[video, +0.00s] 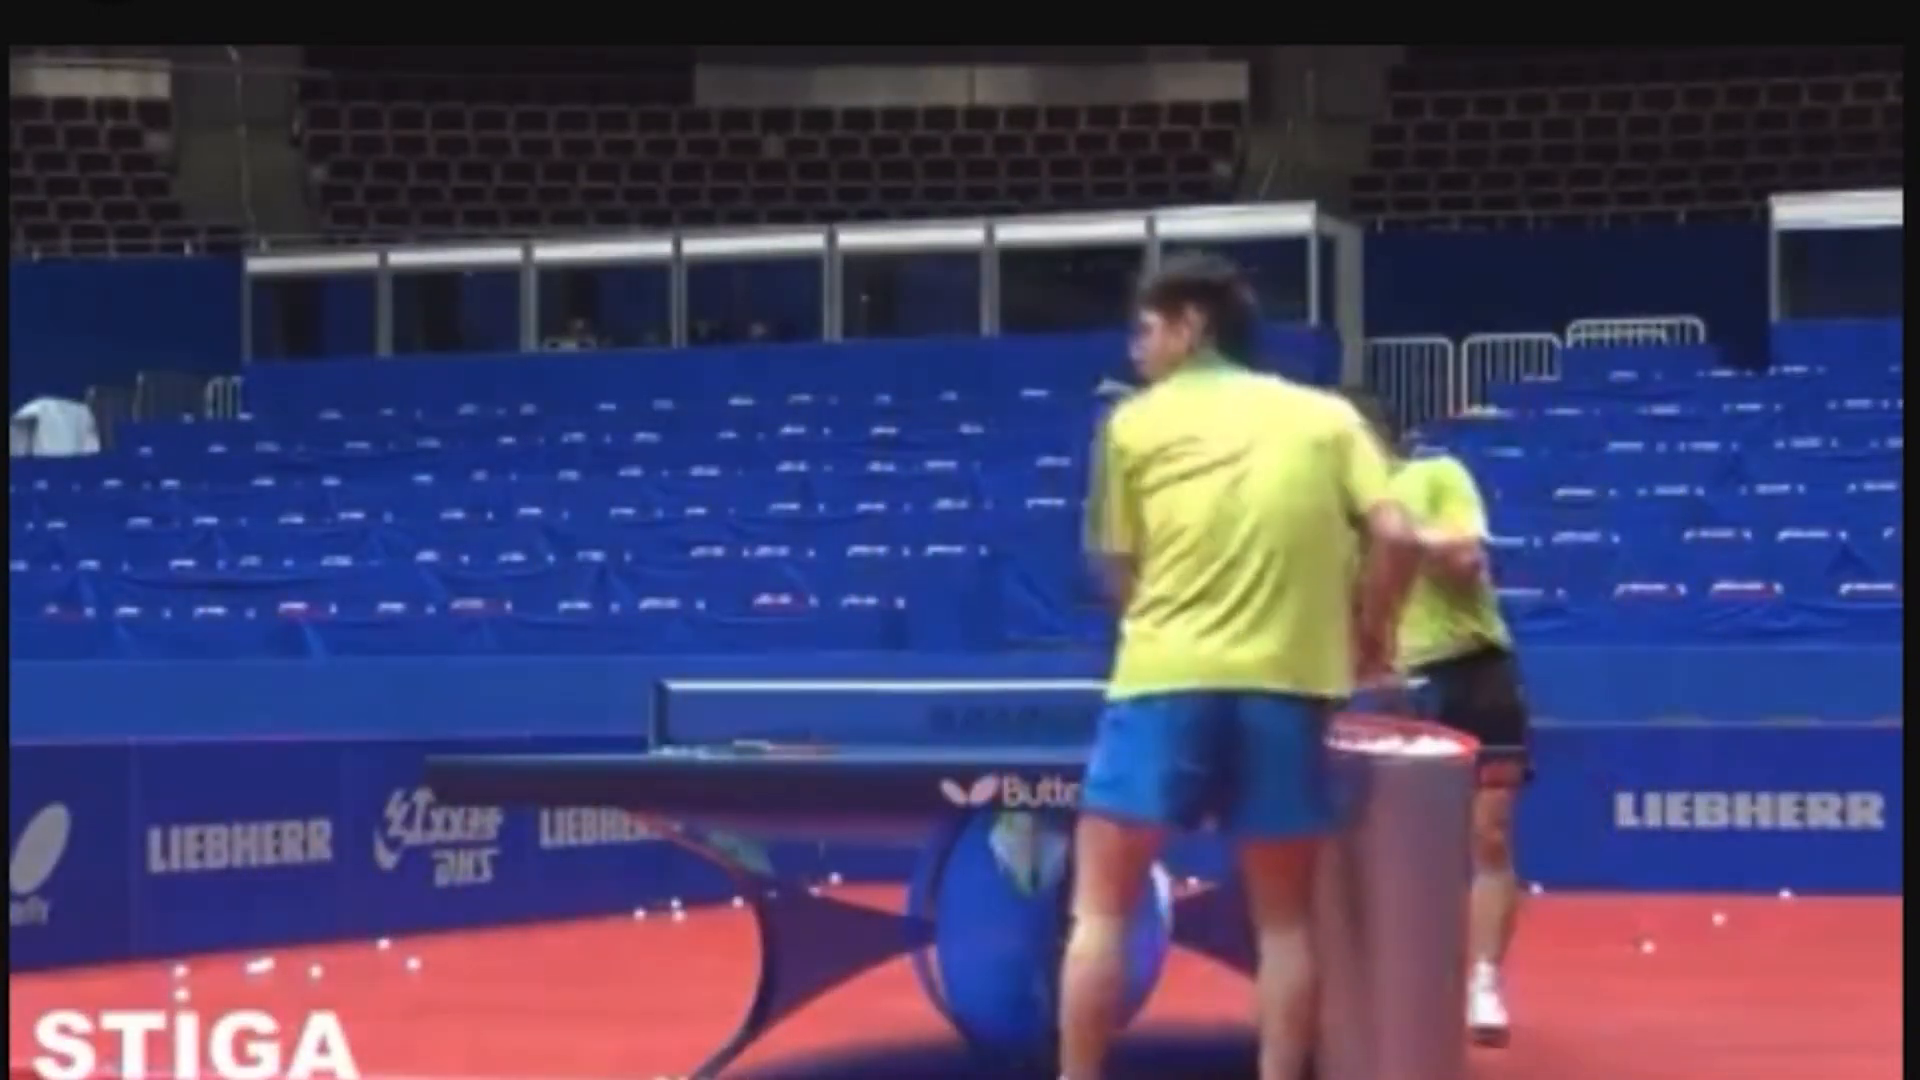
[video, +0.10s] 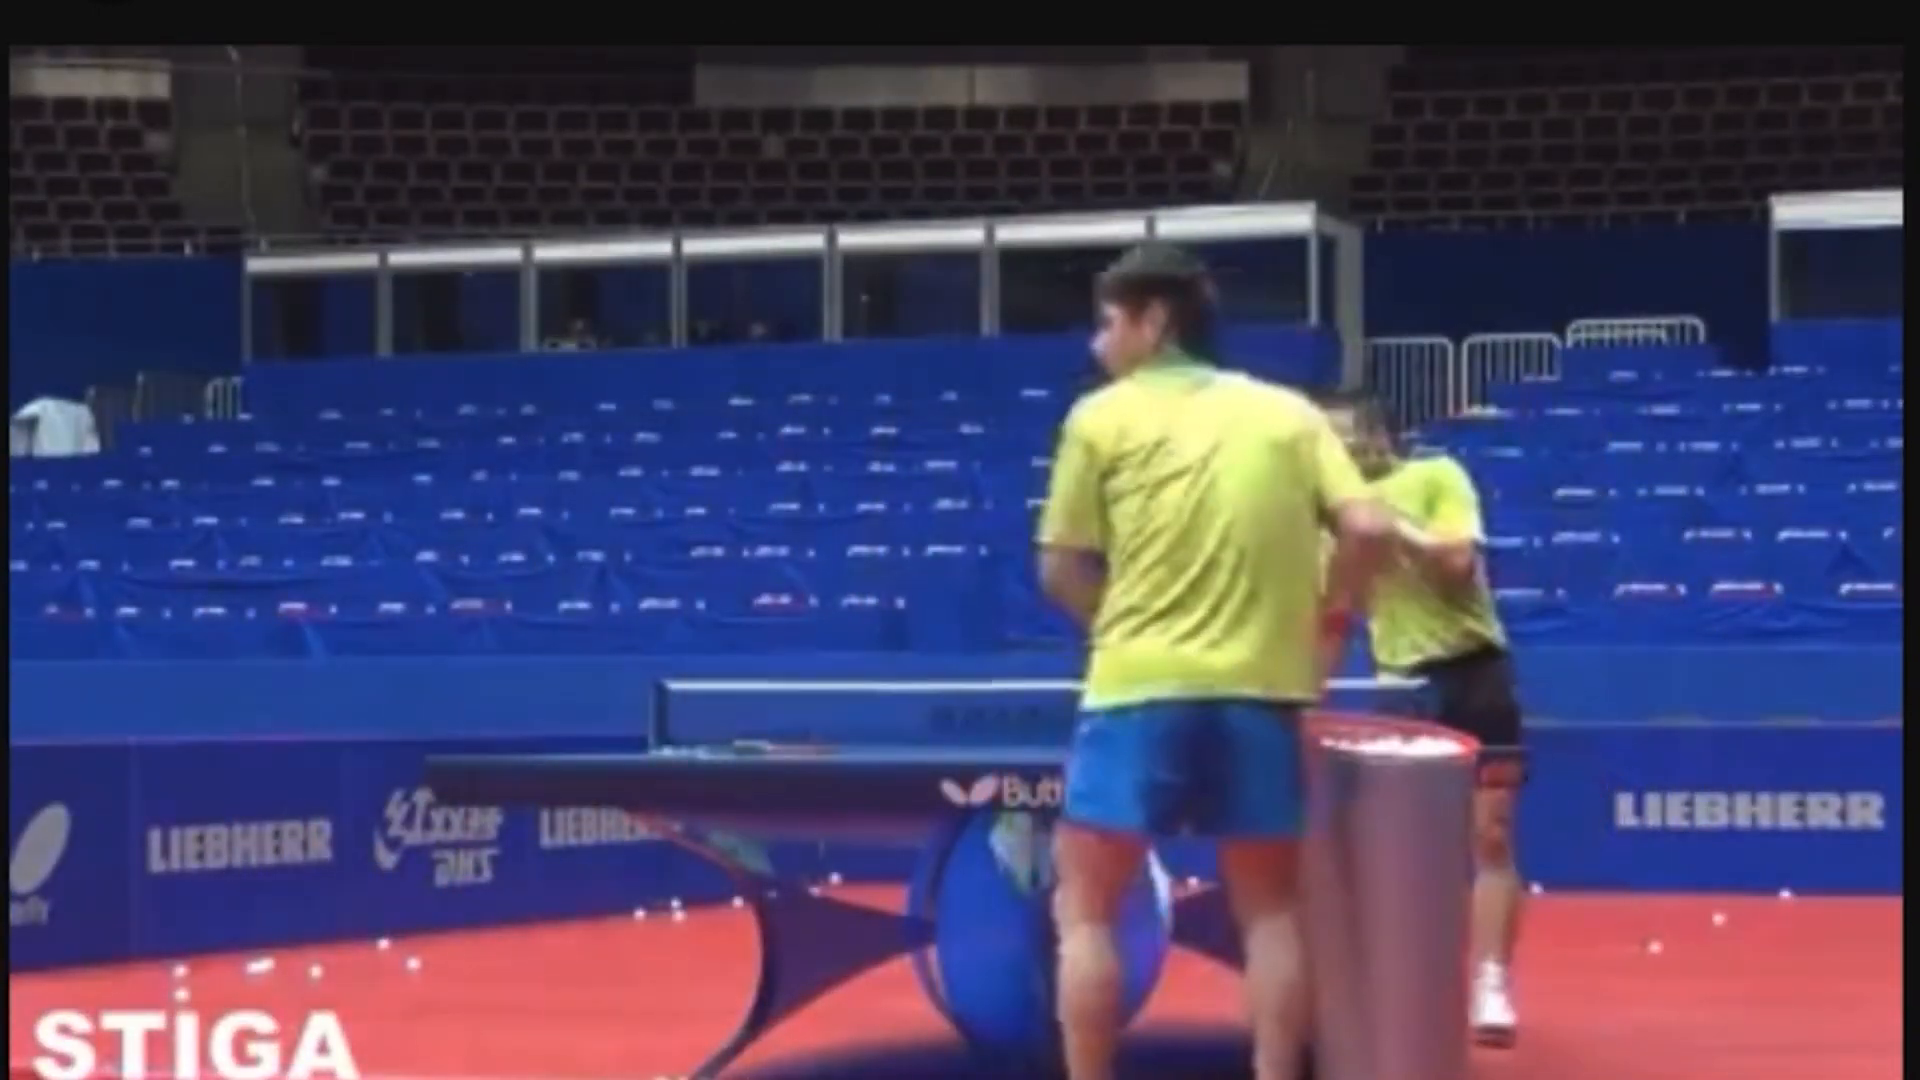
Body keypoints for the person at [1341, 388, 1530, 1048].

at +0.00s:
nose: (1345, 448)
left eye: (1353, 432)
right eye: (1336, 437)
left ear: (1379, 432)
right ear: (1331, 450)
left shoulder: (1435, 474)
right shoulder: (1336, 503)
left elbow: (1466, 557)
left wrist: (1398, 532)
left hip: (1469, 663)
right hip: (1390, 674)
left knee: (1489, 833)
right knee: (1404, 833)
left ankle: (1484, 977)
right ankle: (1406, 981)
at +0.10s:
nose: (1340, 452)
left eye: (1349, 437)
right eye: (1331, 440)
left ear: (1378, 434)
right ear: (1325, 447)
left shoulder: (1437, 476)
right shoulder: (1339, 509)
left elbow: (1458, 562)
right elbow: (1334, 609)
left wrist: (1389, 524)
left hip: (1471, 664)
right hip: (1400, 675)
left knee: (1490, 830)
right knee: (1405, 834)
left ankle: (1490, 980)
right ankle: (1407, 984)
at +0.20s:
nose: (1341, 445)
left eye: (1351, 432)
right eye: (1334, 436)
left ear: (1385, 434)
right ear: (1329, 448)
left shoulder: (1439, 477)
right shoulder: (1340, 507)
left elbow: (1451, 564)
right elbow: (1327, 615)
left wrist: (1368, 514)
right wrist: (1310, 703)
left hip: (1470, 664)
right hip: (1398, 678)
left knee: (1494, 829)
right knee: (1395, 833)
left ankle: (1510, 979)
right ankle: (1396, 986)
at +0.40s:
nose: (1351, 447)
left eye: (1361, 435)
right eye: (1345, 437)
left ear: (1398, 432)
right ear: (1343, 442)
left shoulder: (1441, 478)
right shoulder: (1346, 495)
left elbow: (1433, 569)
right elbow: (1333, 608)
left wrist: (1360, 515)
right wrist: (1307, 695)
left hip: (1469, 663)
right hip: (1401, 676)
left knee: (1506, 826)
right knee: (1393, 836)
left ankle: (1543, 976)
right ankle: (1395, 991)